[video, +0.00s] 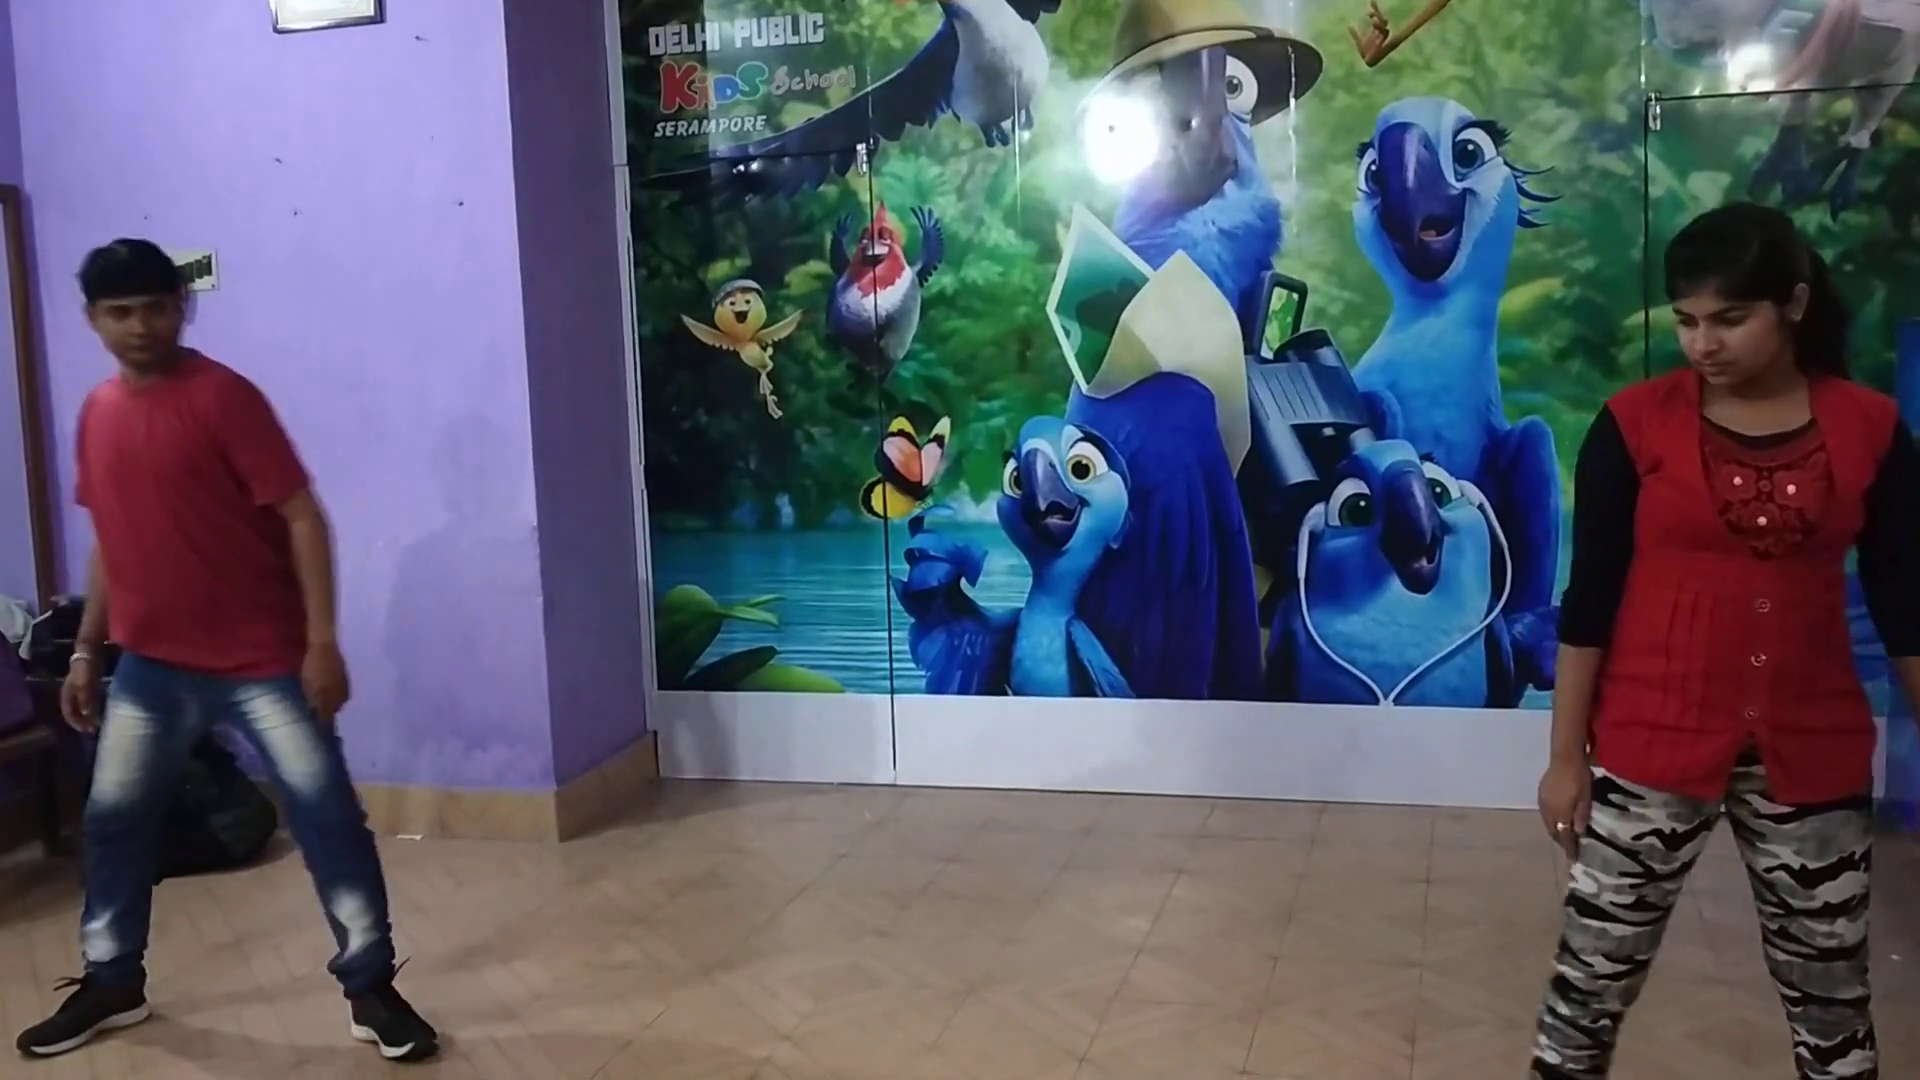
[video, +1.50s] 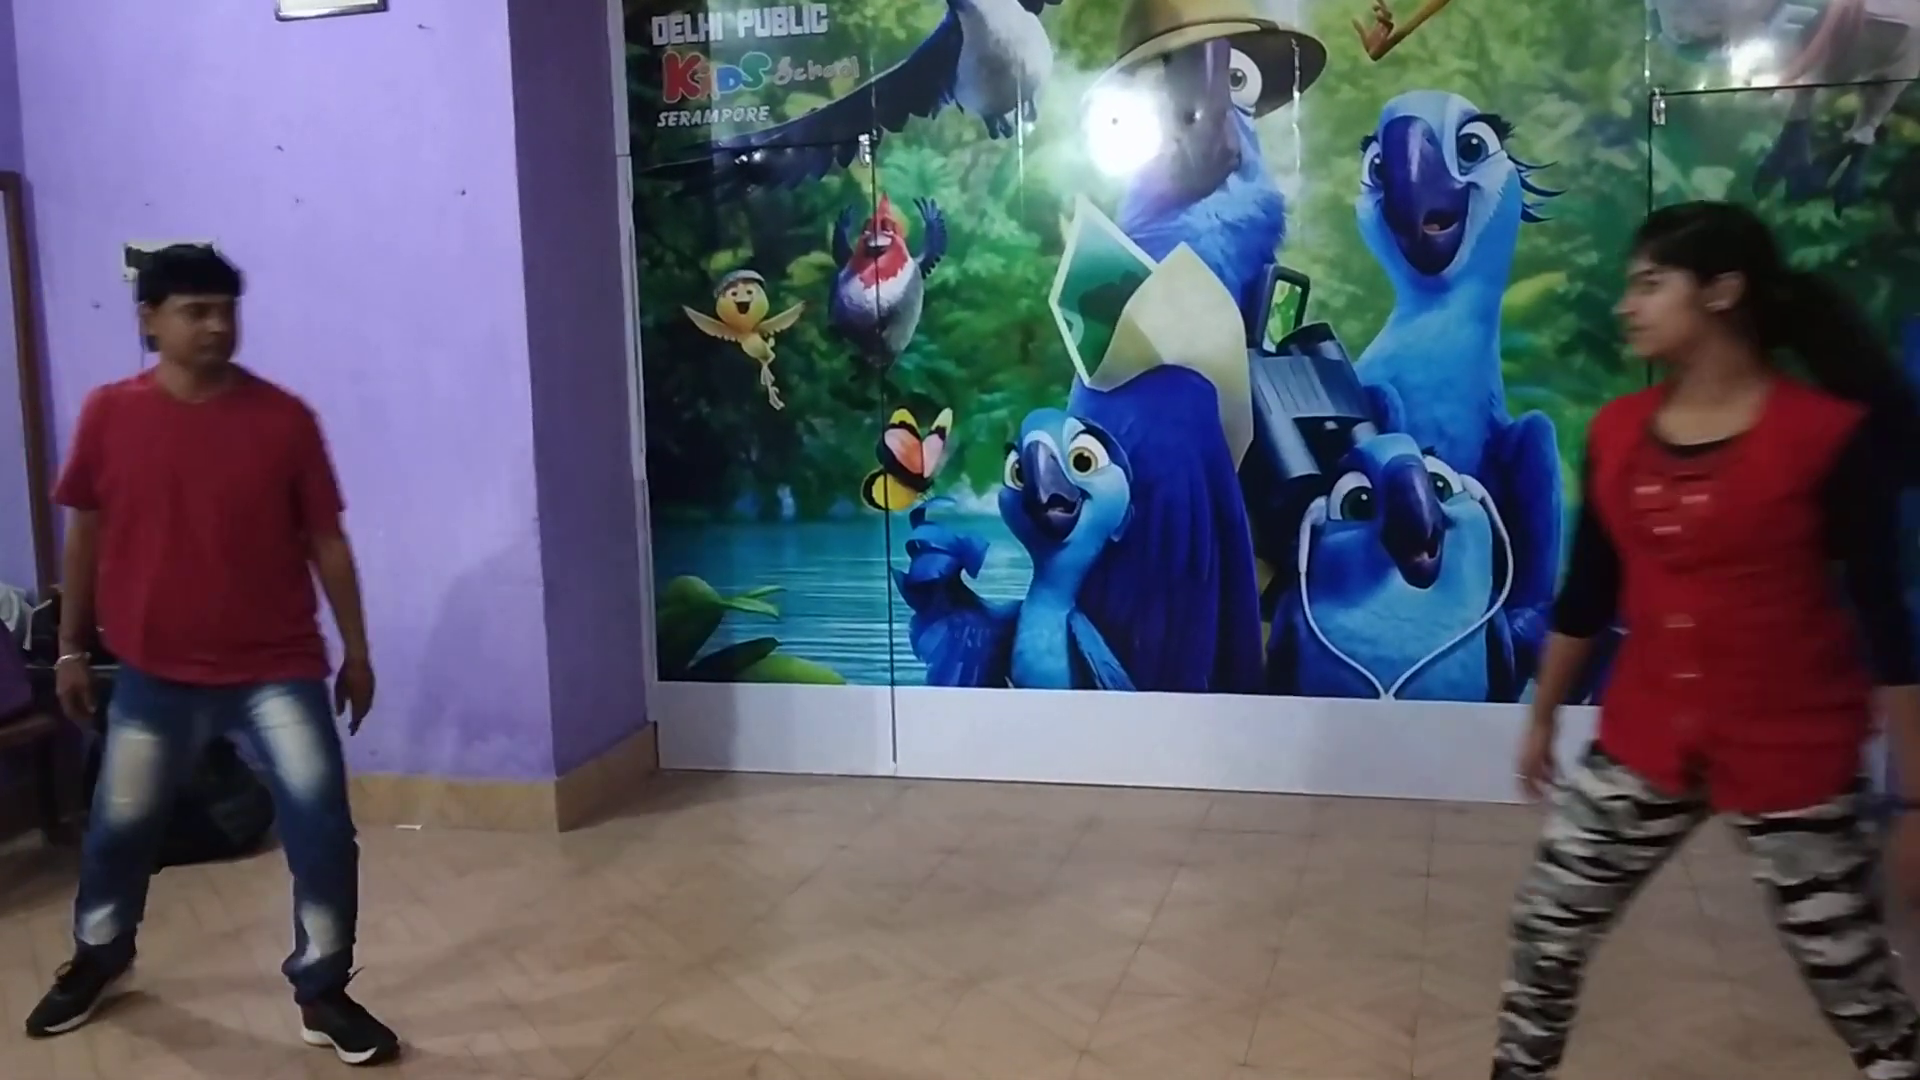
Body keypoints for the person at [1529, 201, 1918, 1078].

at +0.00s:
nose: (1705, 342)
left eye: (1728, 319)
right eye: (1688, 321)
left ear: (1793, 307)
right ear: (1671, 316)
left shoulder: (1867, 430)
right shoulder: (1633, 425)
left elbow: (1903, 607)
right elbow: (1590, 598)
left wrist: (1914, 740)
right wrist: (1565, 754)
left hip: (1810, 747)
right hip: (1651, 743)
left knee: (1832, 998)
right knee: (1589, 987)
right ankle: (1560, 1071)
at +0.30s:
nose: (1612, 369)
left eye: (1646, 353)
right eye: (1604, 343)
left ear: (1694, 377)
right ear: (1584, 349)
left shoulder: (1720, 488)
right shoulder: (1498, 470)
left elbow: (1791, 645)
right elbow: (1439, 626)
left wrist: (1882, 804)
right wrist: (1424, 789)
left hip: (1722, 773)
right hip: (1568, 785)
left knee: (1860, 1011)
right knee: (1475, 1024)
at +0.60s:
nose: (1451, 512)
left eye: (1478, 490)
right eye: (1439, 491)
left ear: (1541, 499)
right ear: (1428, 501)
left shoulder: (1654, 574)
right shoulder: (1442, 655)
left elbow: (1773, 695)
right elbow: (1400, 817)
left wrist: (1861, 835)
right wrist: (1332, 969)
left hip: (1727, 835)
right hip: (1570, 850)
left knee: (1883, 1020)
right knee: (1450, 1023)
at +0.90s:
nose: (1610, 421)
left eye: (1626, 393)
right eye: (1599, 405)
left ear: (1699, 379)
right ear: (1595, 414)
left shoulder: (1841, 479)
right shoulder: (1618, 540)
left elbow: (1909, 637)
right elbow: (1579, 705)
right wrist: (1526, 861)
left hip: (1840, 782)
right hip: (1678, 789)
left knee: (1917, 1013)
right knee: (1540, 995)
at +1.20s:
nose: (1701, 288)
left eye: (1721, 263)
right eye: (1697, 268)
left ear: (1801, 263)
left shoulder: (1906, 395)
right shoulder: (1680, 411)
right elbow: (1646, 575)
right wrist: (1600, 718)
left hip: (1882, 729)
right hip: (1719, 723)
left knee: (1905, 972)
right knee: (1626, 939)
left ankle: (1910, 1070)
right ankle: (1553, 1071)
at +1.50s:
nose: (1626, 306)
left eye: (1648, 284)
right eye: (1629, 286)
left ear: (1721, 293)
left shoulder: (1831, 437)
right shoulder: (1619, 432)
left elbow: (1889, 624)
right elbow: (1589, 587)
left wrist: (1911, 802)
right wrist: (1541, 713)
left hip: (1793, 753)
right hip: (1645, 743)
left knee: (1855, 992)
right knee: (1546, 933)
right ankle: (1517, 1071)